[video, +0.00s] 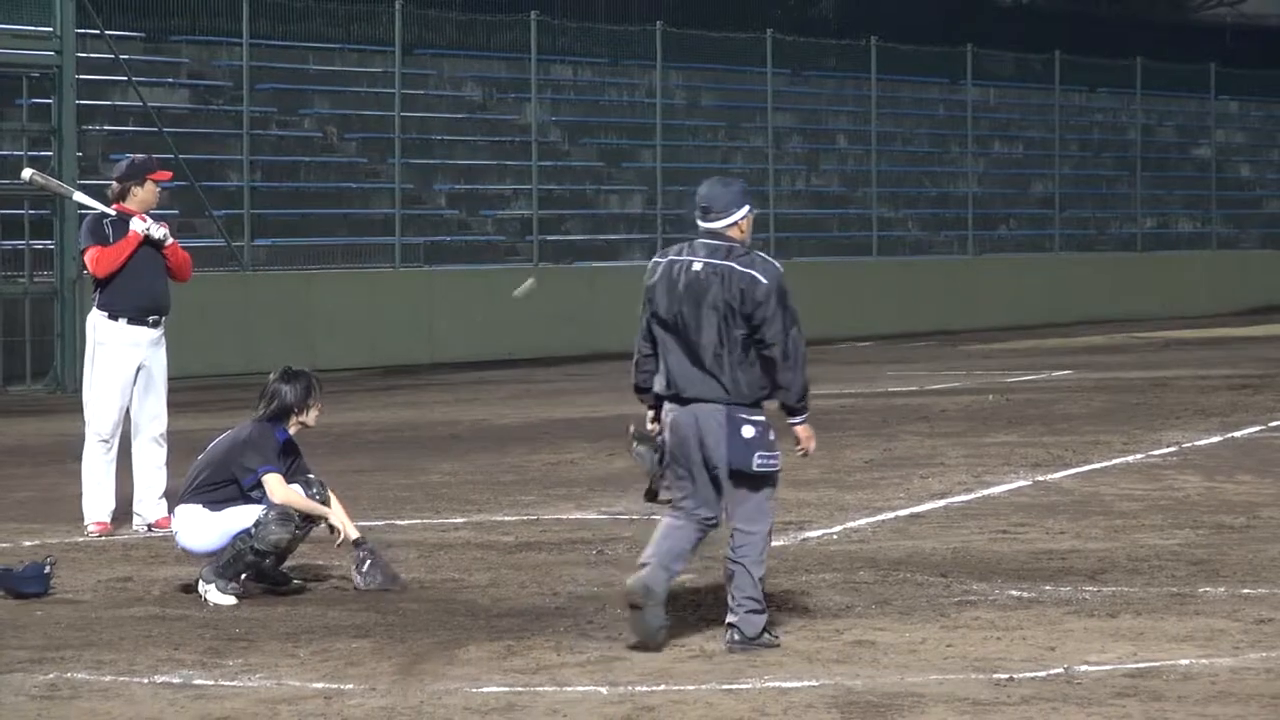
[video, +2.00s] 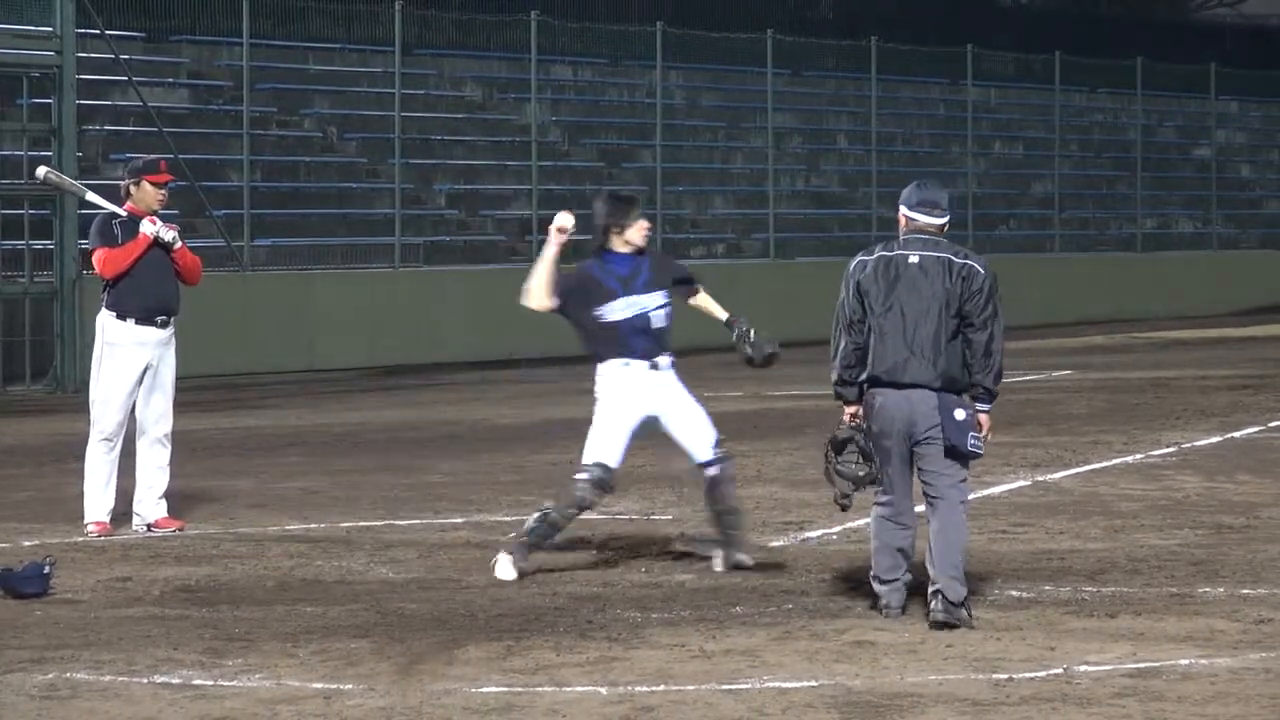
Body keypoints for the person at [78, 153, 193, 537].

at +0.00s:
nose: (159, 191)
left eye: (158, 185)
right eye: (153, 184)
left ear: (137, 188)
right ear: (132, 187)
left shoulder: (155, 227)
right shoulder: (99, 221)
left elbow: (184, 272)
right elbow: (99, 266)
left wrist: (166, 241)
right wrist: (136, 235)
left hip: (153, 335)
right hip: (113, 333)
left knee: (152, 428)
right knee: (103, 429)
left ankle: (151, 512)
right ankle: (98, 517)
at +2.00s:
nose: (164, 192)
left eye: (165, 186)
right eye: (157, 186)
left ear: (158, 190)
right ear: (132, 187)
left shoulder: (165, 228)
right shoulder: (109, 222)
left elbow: (194, 275)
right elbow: (106, 267)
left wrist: (176, 245)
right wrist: (146, 238)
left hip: (163, 336)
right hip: (121, 334)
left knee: (156, 428)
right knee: (107, 428)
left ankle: (151, 512)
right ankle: (98, 515)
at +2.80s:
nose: (198, 191)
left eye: (198, 185)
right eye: (192, 185)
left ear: (180, 188)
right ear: (169, 187)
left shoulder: (188, 230)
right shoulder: (140, 220)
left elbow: (210, 283)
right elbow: (126, 269)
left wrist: (209, 265)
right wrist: (178, 253)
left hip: (178, 334)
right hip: (143, 328)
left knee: (168, 424)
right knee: (150, 418)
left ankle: (157, 509)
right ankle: (140, 511)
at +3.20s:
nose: (211, 188)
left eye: (210, 182)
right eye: (204, 183)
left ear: (191, 188)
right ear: (182, 187)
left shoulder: (205, 231)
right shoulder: (157, 225)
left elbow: (216, 276)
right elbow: (136, 277)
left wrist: (233, 311)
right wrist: (174, 311)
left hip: (197, 331)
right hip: (160, 330)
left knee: (180, 425)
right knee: (170, 424)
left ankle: (149, 509)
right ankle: (180, 514)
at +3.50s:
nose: (222, 188)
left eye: (221, 182)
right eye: (216, 182)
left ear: (203, 186)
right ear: (193, 186)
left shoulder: (215, 227)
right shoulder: (167, 225)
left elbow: (219, 276)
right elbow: (153, 281)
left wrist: (228, 316)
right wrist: (176, 325)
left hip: (215, 337)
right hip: (178, 336)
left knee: (221, 421)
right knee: (175, 427)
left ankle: (192, 502)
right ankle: (178, 514)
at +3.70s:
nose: (236, 191)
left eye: (236, 185)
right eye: (231, 185)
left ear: (217, 187)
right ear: (210, 186)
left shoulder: (221, 229)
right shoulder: (182, 227)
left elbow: (222, 283)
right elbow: (168, 286)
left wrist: (239, 325)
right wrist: (179, 343)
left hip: (230, 337)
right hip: (193, 338)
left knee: (241, 427)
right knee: (182, 431)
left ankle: (244, 513)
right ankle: (181, 516)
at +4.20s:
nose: (293, 191)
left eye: (293, 185)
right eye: (287, 184)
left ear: (274, 187)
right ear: (265, 186)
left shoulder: (279, 229)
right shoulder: (236, 224)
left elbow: (275, 279)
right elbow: (219, 278)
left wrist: (283, 326)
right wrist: (237, 334)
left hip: (281, 339)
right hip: (243, 337)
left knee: (278, 432)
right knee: (237, 424)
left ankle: (275, 518)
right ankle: (204, 496)